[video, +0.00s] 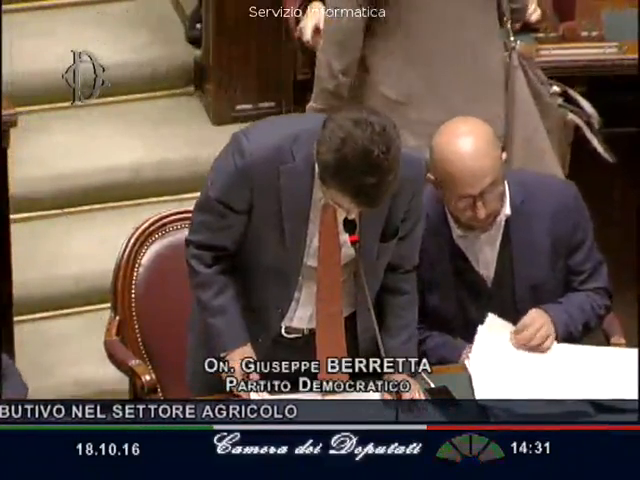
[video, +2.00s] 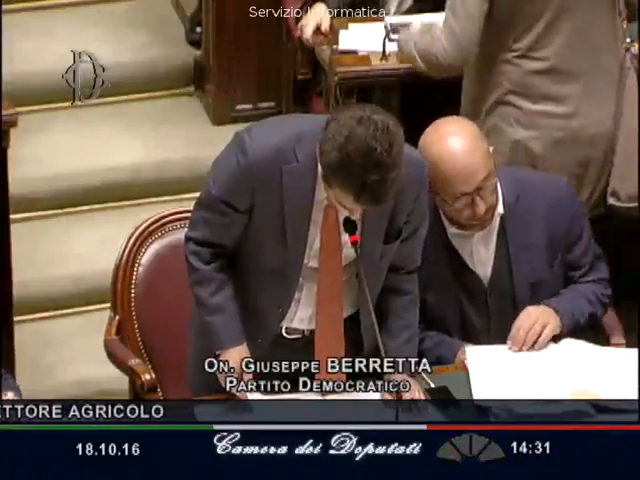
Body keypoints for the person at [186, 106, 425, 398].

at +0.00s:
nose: (350, 214)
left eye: (362, 207)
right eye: (340, 203)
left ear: (388, 176)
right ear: (320, 166)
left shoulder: (407, 174)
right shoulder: (252, 159)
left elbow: (401, 275)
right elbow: (206, 252)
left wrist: (400, 365)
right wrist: (234, 344)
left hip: (349, 336)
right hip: (264, 340)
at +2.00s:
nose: (354, 214)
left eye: (366, 206)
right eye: (344, 203)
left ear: (393, 175)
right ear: (323, 164)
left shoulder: (409, 175)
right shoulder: (255, 158)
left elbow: (403, 274)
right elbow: (205, 247)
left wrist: (401, 366)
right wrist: (230, 343)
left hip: (350, 335)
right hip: (264, 339)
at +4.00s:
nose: (356, 213)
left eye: (369, 204)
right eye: (346, 200)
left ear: (396, 174)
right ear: (325, 160)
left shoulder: (408, 175)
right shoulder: (255, 157)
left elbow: (402, 276)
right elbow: (206, 250)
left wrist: (400, 366)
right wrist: (231, 344)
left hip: (350, 337)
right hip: (263, 341)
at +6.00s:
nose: (356, 215)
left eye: (369, 207)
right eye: (347, 202)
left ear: (400, 177)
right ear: (328, 159)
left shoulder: (412, 181)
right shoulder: (259, 155)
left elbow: (404, 279)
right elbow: (207, 243)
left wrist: (381, 364)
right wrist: (235, 339)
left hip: (346, 340)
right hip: (260, 342)